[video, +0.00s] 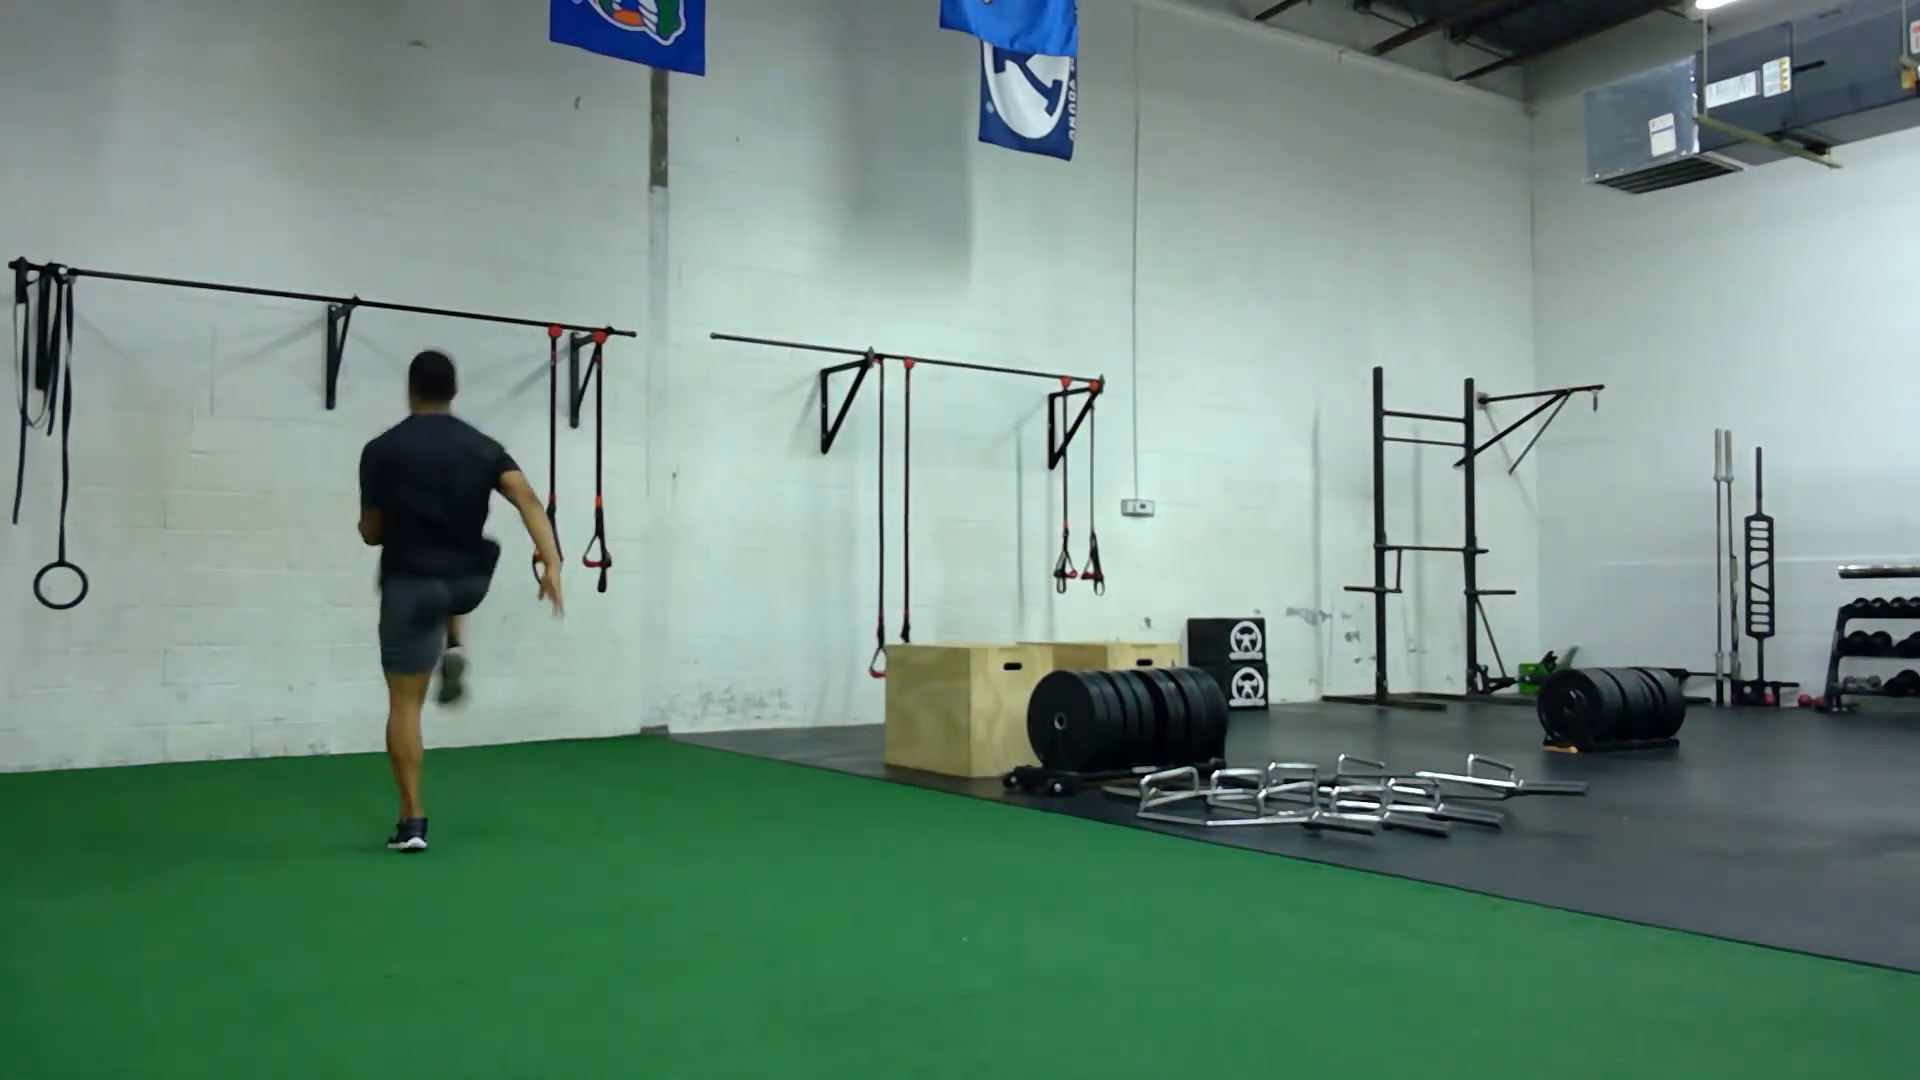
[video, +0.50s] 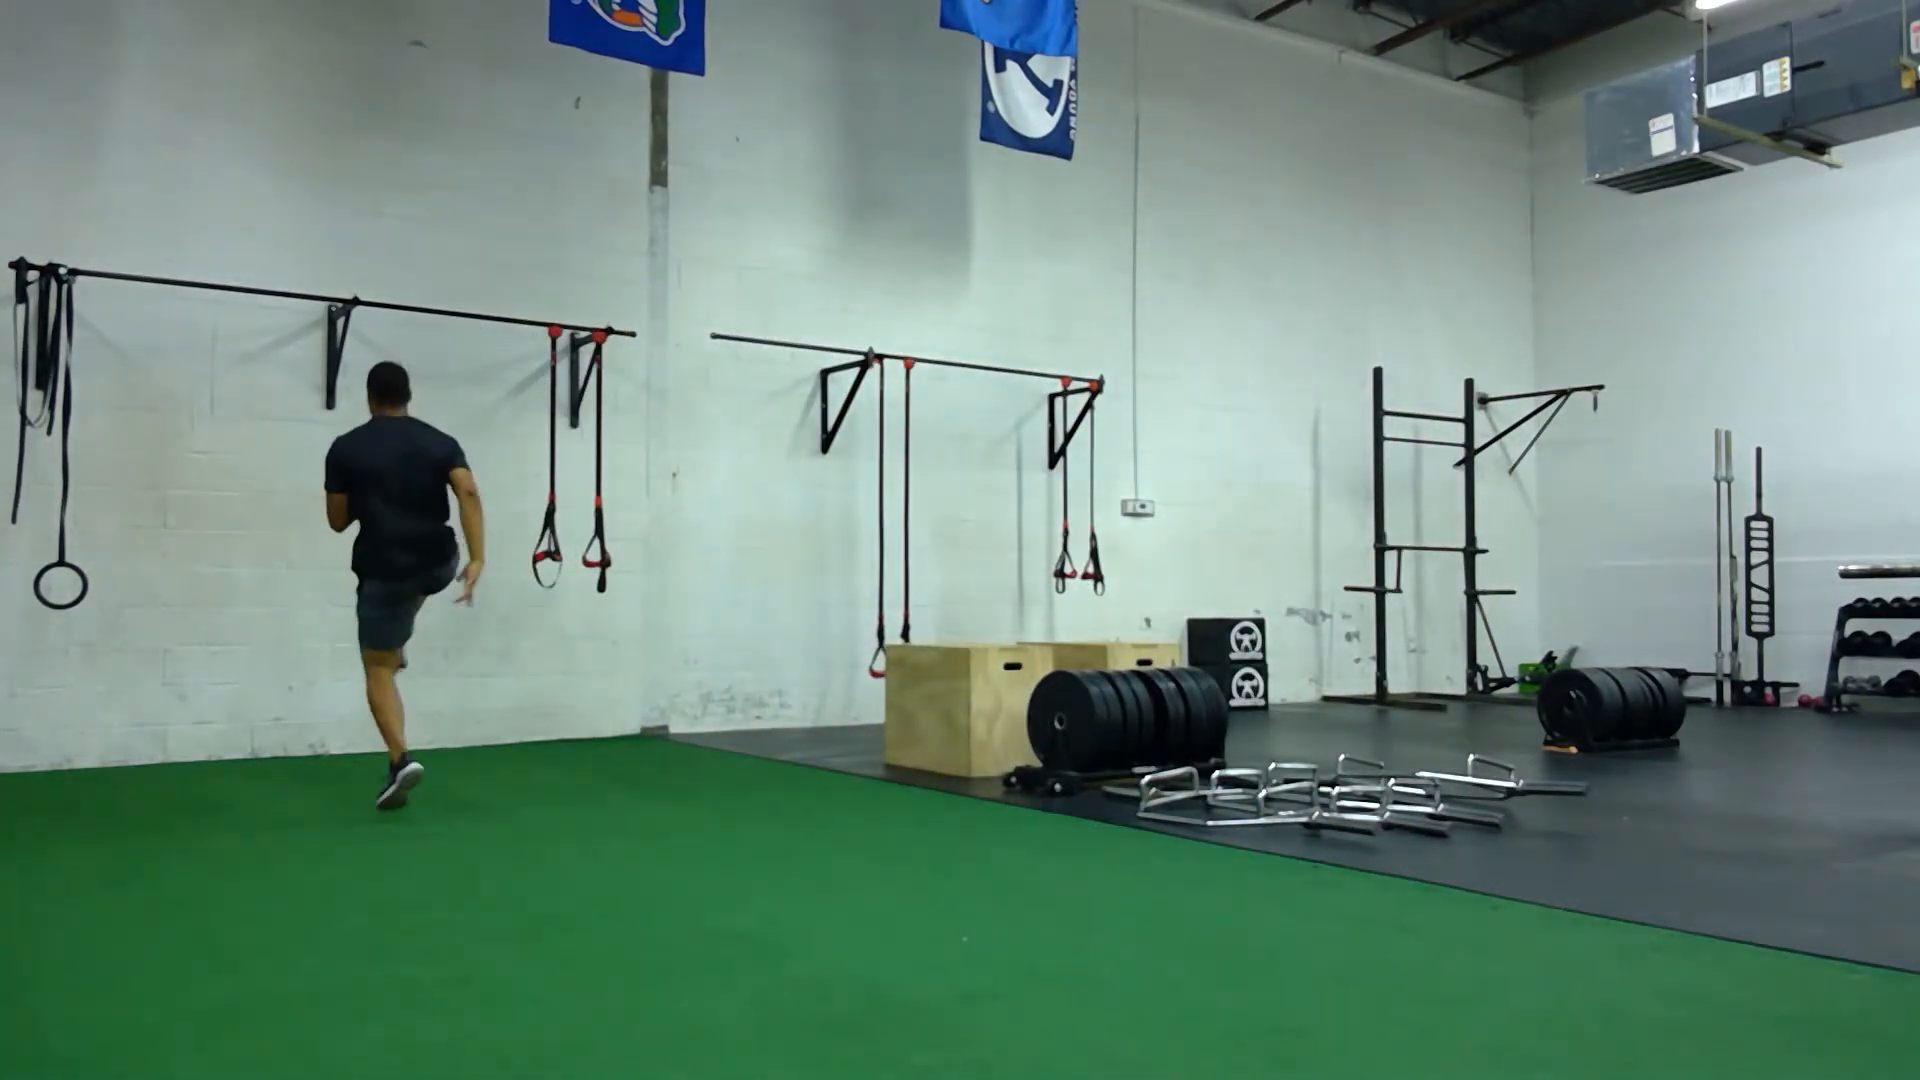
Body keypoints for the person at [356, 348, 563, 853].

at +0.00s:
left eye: (415, 387)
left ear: (409, 390)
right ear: (453, 392)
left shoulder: (381, 451)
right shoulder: (479, 445)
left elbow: (371, 532)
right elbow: (524, 497)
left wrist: (413, 515)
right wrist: (551, 559)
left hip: (410, 590)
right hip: (469, 581)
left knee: (405, 702)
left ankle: (412, 820)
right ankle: (455, 653)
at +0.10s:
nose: (409, 379)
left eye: (400, 372)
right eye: (421, 370)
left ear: (395, 375)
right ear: (438, 374)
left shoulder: (369, 432)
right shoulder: (465, 423)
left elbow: (364, 503)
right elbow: (511, 470)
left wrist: (404, 484)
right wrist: (538, 534)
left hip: (404, 568)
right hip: (464, 560)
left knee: (401, 676)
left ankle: (404, 783)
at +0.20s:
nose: (400, 372)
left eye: (392, 364)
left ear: (388, 367)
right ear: (430, 367)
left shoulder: (362, 424)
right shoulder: (460, 417)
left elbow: (352, 495)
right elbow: (499, 467)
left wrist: (386, 464)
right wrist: (525, 531)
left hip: (399, 561)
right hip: (458, 553)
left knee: (396, 662)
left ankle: (398, 774)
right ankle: (413, 642)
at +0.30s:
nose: (397, 394)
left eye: (386, 387)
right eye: (407, 385)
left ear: (380, 390)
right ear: (421, 389)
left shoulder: (356, 446)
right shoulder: (449, 440)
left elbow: (347, 516)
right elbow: (490, 492)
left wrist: (379, 486)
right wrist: (511, 556)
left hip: (389, 577)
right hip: (447, 570)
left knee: (389, 684)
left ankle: (398, 791)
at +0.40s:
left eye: (379, 396)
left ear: (374, 401)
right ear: (414, 400)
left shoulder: (351, 457)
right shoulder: (442, 451)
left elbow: (343, 527)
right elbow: (478, 507)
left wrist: (377, 500)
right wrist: (491, 572)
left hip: (383, 581)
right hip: (439, 575)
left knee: (389, 686)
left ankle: (400, 791)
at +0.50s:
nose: (383, 402)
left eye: (374, 394)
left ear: (369, 398)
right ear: (409, 398)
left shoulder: (346, 448)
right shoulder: (438, 442)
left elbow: (338, 520)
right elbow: (468, 492)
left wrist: (366, 489)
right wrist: (477, 559)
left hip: (382, 570)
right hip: (435, 563)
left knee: (379, 670)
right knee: (406, 603)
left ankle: (400, 759)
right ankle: (393, 655)